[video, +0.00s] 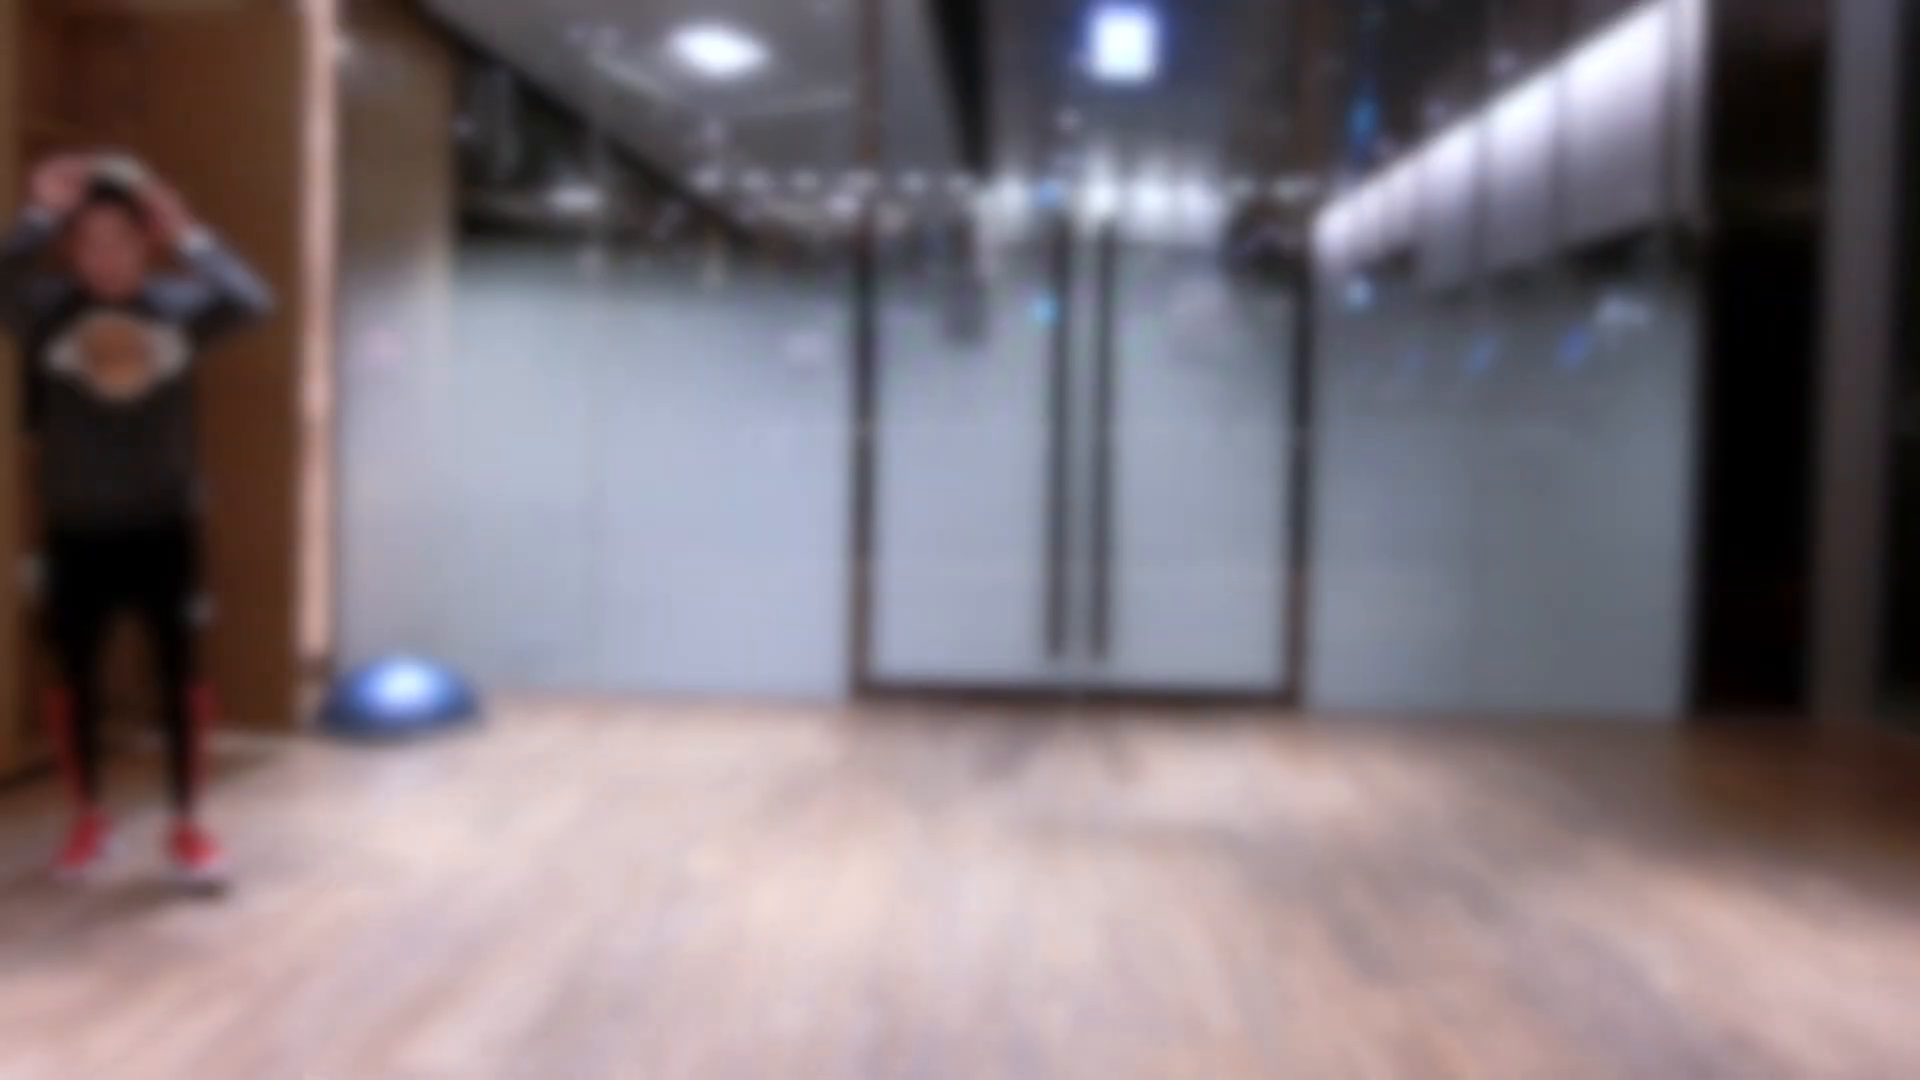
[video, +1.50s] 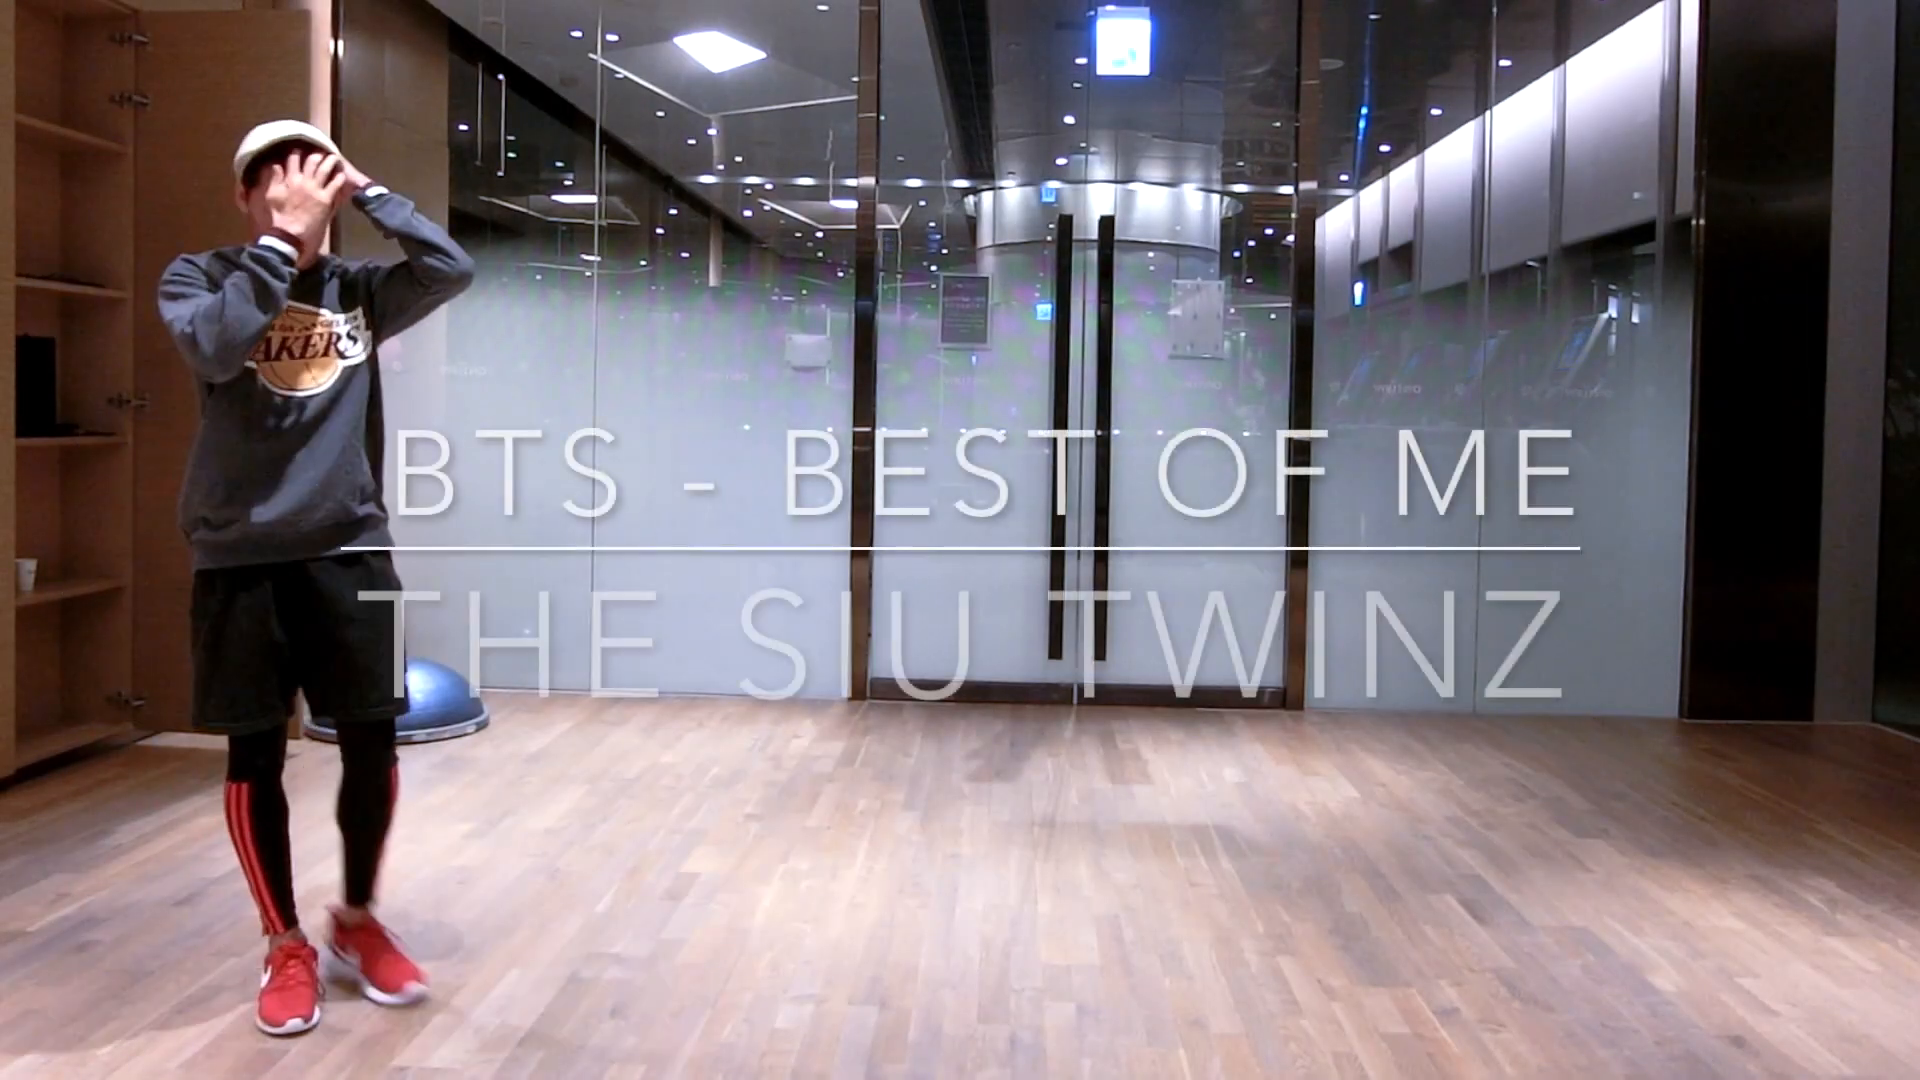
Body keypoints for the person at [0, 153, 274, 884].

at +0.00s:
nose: (105, 250)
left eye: (119, 235)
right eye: (92, 237)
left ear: (145, 244)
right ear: (69, 248)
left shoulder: (173, 315)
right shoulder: (52, 315)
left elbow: (249, 305)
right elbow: (10, 280)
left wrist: (186, 237)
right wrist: (39, 218)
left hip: (162, 521)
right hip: (77, 524)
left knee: (180, 673)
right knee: (74, 676)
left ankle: (186, 821)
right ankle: (86, 816)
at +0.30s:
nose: (140, 264)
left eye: (154, 249)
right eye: (126, 250)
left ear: (180, 252)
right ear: (107, 251)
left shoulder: (209, 325)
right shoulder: (80, 314)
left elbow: (288, 303)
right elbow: (21, 305)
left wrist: (214, 249)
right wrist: (76, 221)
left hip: (186, 537)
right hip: (92, 538)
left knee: (197, 696)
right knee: (89, 692)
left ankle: (210, 860)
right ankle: (94, 823)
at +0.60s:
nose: (194, 251)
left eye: (207, 234)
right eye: (179, 237)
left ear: (235, 234)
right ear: (160, 238)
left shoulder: (270, 310)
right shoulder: (140, 304)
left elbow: (347, 289)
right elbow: (71, 300)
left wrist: (268, 240)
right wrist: (130, 204)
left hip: (243, 533)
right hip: (146, 533)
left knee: (235, 703)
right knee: (116, 705)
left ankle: (220, 868)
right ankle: (113, 814)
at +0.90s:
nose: (233, 250)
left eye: (247, 233)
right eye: (218, 235)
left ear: (272, 233)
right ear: (195, 235)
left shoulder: (305, 307)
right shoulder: (176, 298)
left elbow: (391, 301)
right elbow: (110, 310)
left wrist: (306, 245)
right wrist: (170, 211)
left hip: (281, 537)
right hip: (189, 535)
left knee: (253, 720)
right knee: (205, 717)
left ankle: (220, 873)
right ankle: (212, 905)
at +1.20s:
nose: (269, 234)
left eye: (284, 219)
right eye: (252, 217)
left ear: (307, 229)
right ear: (224, 227)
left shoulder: (334, 306)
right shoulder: (191, 299)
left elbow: (425, 282)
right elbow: (155, 369)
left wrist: (338, 225)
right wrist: (211, 259)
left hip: (320, 551)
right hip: (228, 548)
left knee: (289, 741)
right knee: (248, 742)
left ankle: (227, 854)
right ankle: (284, 944)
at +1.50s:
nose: (315, 176)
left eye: (322, 164)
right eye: (296, 162)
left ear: (335, 196)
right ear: (252, 190)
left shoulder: (353, 288)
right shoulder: (199, 276)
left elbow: (449, 265)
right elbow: (212, 350)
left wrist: (365, 192)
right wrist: (286, 239)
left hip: (350, 546)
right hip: (243, 554)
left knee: (373, 740)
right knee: (256, 753)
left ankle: (357, 923)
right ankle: (286, 949)